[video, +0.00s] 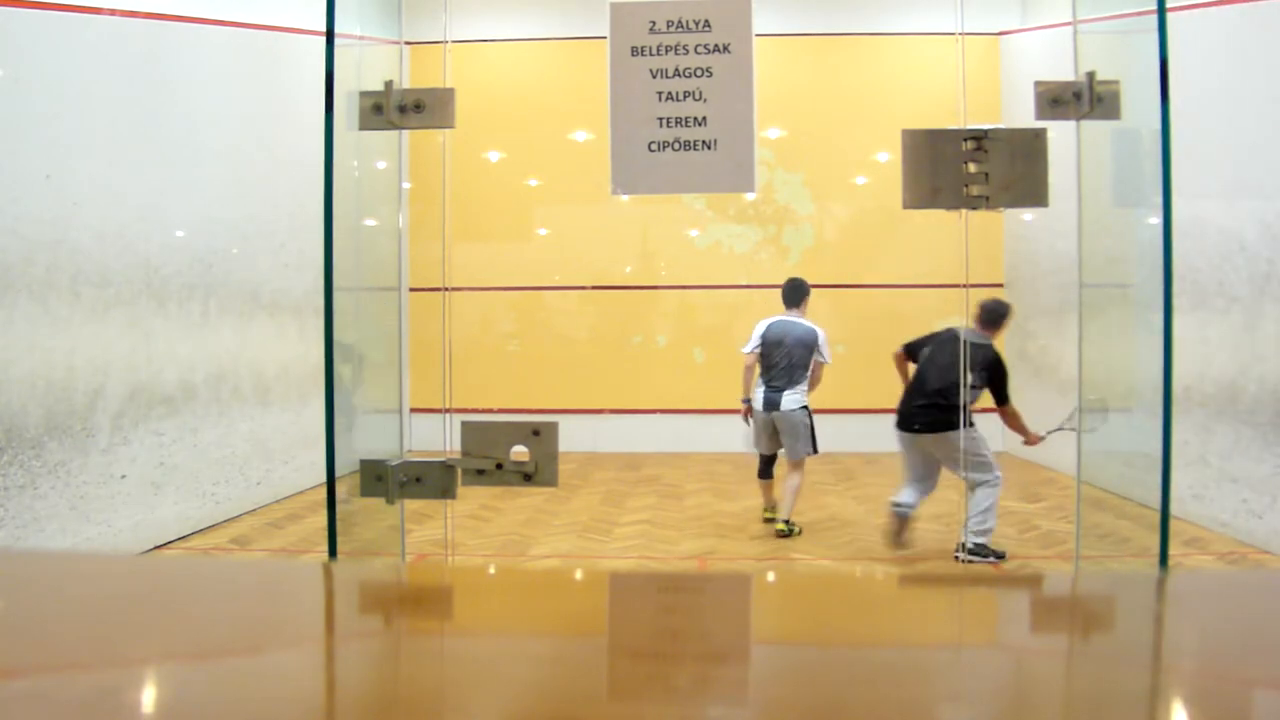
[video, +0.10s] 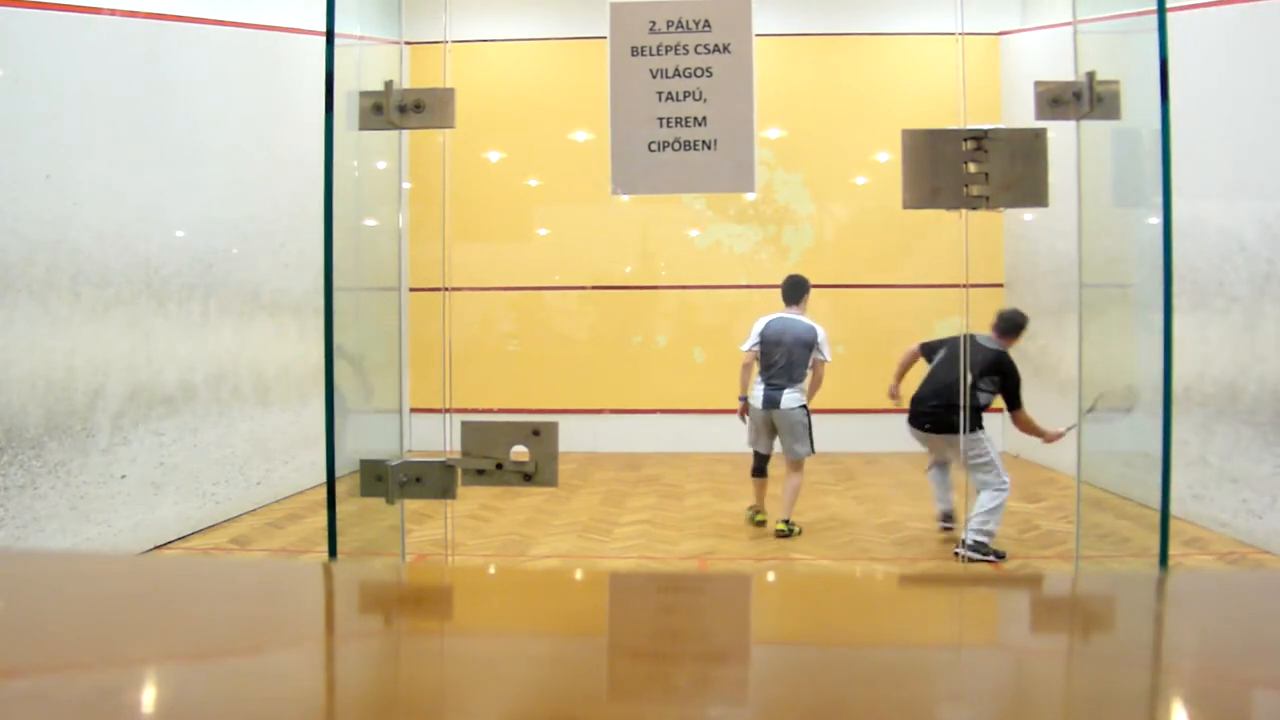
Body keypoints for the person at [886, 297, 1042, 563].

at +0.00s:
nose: (1000, 328)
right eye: (1002, 324)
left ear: (976, 317)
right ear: (1001, 326)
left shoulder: (946, 336)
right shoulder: (990, 356)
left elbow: (900, 355)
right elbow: (1005, 410)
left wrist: (910, 389)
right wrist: (1027, 434)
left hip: (910, 417)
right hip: (948, 421)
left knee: (920, 479)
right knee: (987, 479)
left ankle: (902, 505)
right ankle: (974, 543)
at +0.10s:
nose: (1019, 340)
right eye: (1020, 335)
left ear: (994, 325)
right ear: (1016, 337)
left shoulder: (960, 341)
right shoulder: (1004, 364)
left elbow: (914, 351)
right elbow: (1018, 417)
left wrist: (895, 382)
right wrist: (1045, 435)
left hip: (921, 420)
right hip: (960, 425)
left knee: (938, 460)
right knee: (995, 484)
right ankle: (975, 541)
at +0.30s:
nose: (1040, 364)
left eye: (1040, 359)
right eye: (1040, 360)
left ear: (1018, 349)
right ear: (1036, 361)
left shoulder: (985, 358)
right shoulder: (1018, 381)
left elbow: (948, 354)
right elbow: (1042, 426)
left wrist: (912, 366)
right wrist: (1078, 424)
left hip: (933, 417)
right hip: (957, 422)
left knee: (969, 450)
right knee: (973, 470)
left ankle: (979, 483)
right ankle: (967, 524)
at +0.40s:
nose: (1041, 380)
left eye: (1043, 376)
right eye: (1043, 376)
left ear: (1021, 365)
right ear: (1039, 377)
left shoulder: (991, 372)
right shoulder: (1022, 396)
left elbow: (952, 374)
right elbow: (1043, 441)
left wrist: (922, 391)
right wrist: (1072, 440)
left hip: (938, 422)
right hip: (962, 430)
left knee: (980, 443)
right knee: (969, 480)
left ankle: (981, 495)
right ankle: (936, 519)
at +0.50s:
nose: (1036, 391)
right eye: (1037, 388)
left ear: (1018, 376)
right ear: (1034, 389)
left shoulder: (992, 379)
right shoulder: (1023, 407)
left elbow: (948, 393)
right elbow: (1027, 442)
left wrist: (931, 420)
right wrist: (1035, 451)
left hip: (946, 414)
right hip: (971, 430)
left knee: (979, 451)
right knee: (959, 479)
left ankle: (981, 495)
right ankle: (916, 504)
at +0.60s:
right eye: (1024, 389)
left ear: (1009, 379)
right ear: (1024, 391)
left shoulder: (990, 380)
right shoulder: (1018, 406)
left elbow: (951, 392)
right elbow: (1000, 435)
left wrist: (941, 421)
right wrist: (982, 448)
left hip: (959, 405)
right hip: (985, 422)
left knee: (982, 451)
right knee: (954, 467)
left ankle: (981, 495)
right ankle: (898, 487)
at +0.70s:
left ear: (1001, 370)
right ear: (1017, 381)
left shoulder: (987, 371)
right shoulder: (1017, 395)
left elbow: (957, 383)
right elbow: (985, 437)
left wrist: (935, 408)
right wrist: (943, 440)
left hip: (969, 399)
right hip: (997, 414)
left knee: (984, 448)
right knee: (965, 465)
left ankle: (981, 494)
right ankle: (909, 467)